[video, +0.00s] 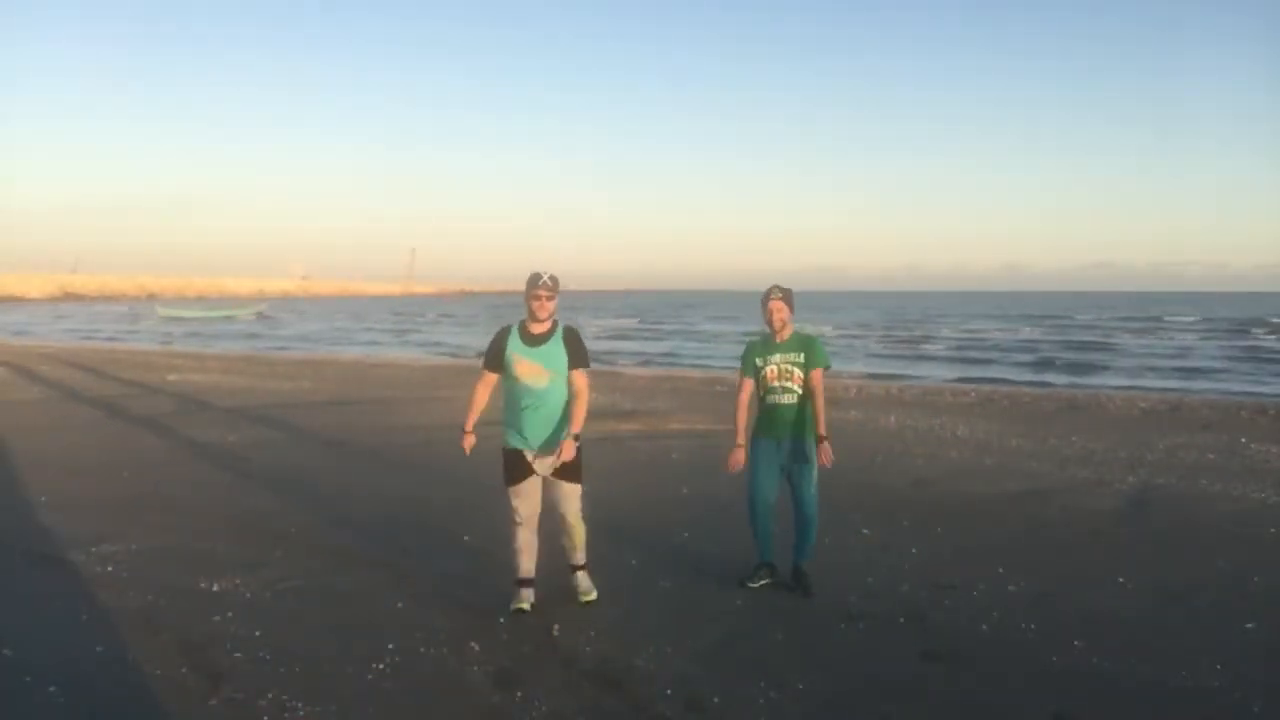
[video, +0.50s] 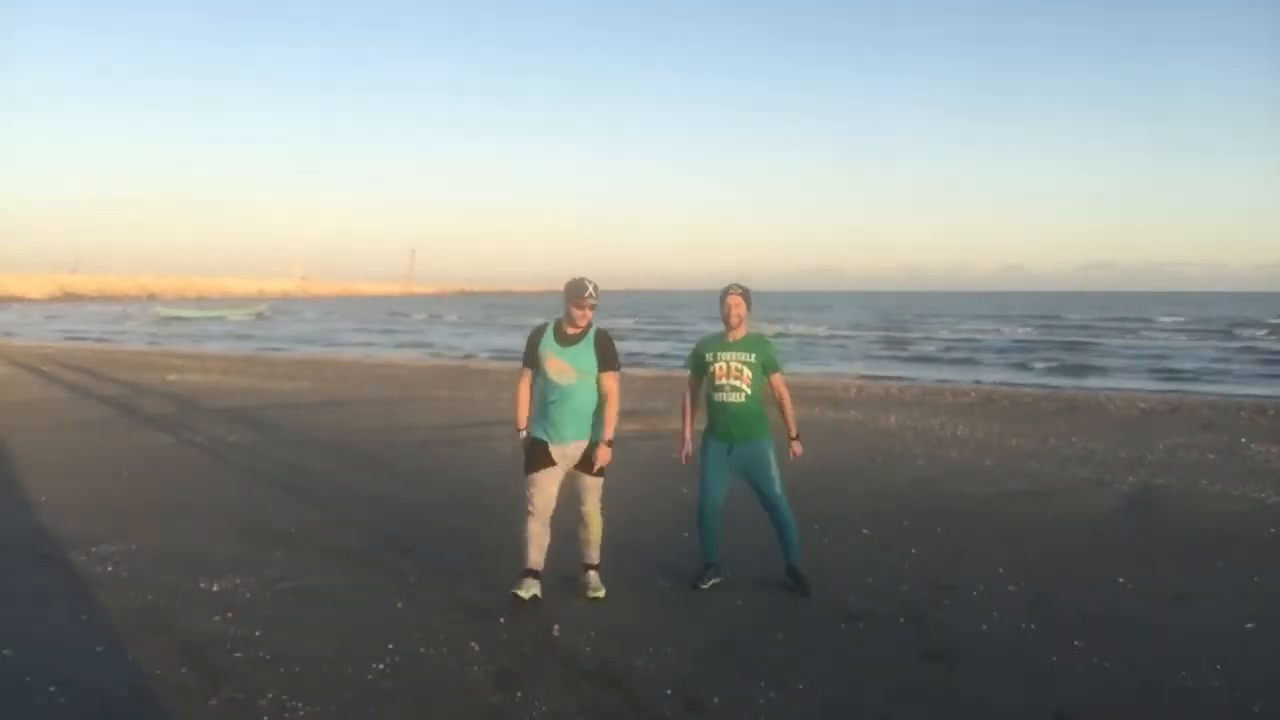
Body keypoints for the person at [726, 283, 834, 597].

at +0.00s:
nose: (774, 316)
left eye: (779, 310)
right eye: (769, 311)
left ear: (790, 312)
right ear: (764, 316)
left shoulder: (810, 345)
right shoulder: (755, 348)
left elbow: (817, 390)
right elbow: (744, 396)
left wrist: (821, 436)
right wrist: (740, 443)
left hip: (802, 437)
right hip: (766, 437)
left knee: (807, 505)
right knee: (760, 500)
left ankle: (800, 568)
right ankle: (765, 566)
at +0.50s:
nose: (731, 312)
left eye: (736, 306)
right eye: (726, 306)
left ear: (747, 311)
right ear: (720, 311)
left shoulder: (761, 347)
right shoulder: (705, 348)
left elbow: (781, 391)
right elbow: (692, 392)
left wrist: (793, 434)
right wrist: (686, 436)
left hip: (755, 439)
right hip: (717, 439)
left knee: (775, 500)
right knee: (708, 504)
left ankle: (793, 566)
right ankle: (711, 566)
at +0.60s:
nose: (724, 308)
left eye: (730, 302)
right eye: (720, 302)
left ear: (740, 307)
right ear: (713, 307)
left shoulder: (755, 343)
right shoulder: (698, 344)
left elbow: (776, 385)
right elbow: (679, 382)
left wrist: (777, 429)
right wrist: (674, 421)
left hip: (749, 436)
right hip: (711, 437)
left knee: (766, 499)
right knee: (707, 501)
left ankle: (777, 563)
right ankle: (710, 566)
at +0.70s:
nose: (721, 307)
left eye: (726, 301)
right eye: (716, 301)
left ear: (737, 304)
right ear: (710, 305)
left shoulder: (753, 339)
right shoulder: (695, 338)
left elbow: (770, 380)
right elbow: (676, 374)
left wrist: (759, 415)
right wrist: (674, 399)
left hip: (743, 430)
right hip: (707, 432)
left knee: (753, 499)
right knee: (706, 499)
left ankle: (755, 562)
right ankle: (711, 565)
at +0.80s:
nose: (720, 307)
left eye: (726, 302)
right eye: (715, 302)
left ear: (736, 305)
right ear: (709, 306)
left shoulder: (752, 338)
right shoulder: (694, 338)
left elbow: (762, 381)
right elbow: (679, 375)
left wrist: (747, 405)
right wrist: (679, 394)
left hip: (740, 428)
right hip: (705, 428)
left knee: (744, 499)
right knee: (705, 496)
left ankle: (741, 564)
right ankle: (710, 564)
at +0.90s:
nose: (719, 308)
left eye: (725, 303)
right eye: (714, 303)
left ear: (735, 307)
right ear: (708, 307)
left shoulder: (750, 340)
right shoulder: (693, 340)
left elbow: (751, 388)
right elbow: (683, 386)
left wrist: (719, 399)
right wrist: (699, 396)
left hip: (737, 432)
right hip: (702, 432)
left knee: (737, 498)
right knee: (703, 498)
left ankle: (736, 566)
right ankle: (710, 563)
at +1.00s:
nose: (720, 310)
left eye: (726, 305)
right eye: (715, 305)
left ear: (735, 308)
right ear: (709, 309)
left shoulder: (749, 343)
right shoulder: (693, 341)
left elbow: (751, 389)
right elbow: (683, 387)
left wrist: (728, 419)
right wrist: (700, 413)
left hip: (738, 430)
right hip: (702, 430)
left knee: (739, 498)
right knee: (703, 498)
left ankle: (737, 565)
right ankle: (711, 563)